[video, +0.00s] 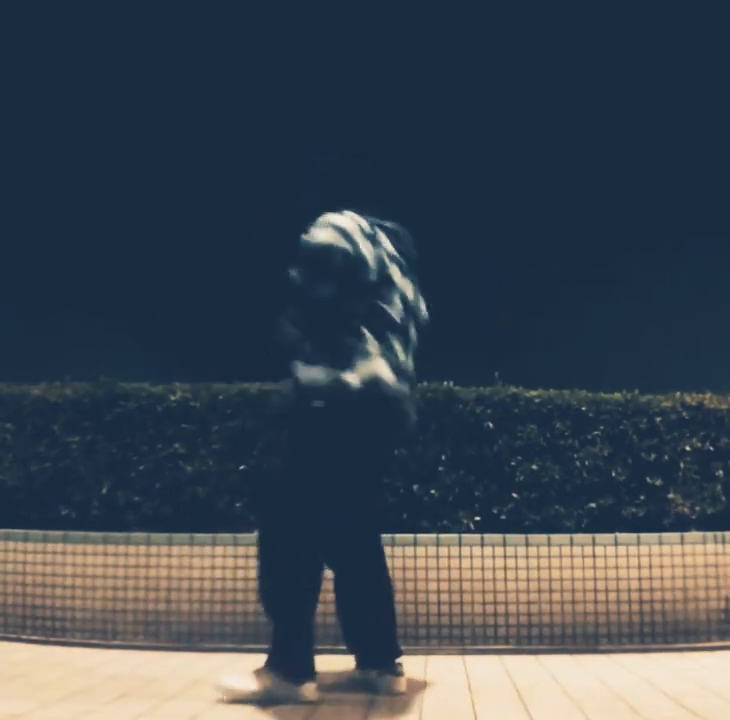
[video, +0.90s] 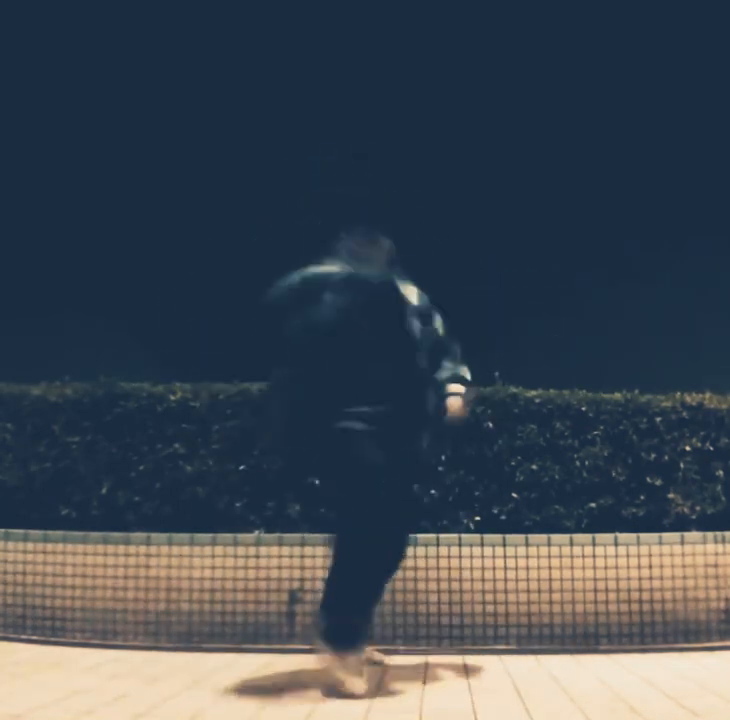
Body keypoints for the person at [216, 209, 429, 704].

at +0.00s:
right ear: (376, 219)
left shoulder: (333, 230)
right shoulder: (398, 268)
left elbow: (310, 292)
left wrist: (292, 332)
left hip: (328, 398)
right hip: (384, 403)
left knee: (290, 524)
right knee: (356, 527)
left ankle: (287, 668)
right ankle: (378, 664)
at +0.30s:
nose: (307, 232)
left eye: (312, 220)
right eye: (305, 221)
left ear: (333, 216)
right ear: (343, 217)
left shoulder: (351, 260)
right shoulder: (366, 257)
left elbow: (306, 343)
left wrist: (239, 363)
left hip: (352, 430)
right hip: (375, 427)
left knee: (280, 526)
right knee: (321, 530)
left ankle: (297, 673)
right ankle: (374, 662)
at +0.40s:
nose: (312, 240)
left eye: (316, 228)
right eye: (307, 233)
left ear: (334, 221)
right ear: (314, 239)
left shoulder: (366, 246)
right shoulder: (330, 286)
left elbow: (308, 297)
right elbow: (274, 346)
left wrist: (240, 324)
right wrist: (198, 363)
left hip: (382, 410)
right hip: (358, 417)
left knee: (327, 537)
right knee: (333, 539)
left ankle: (301, 675)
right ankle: (381, 653)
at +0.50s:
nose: (306, 246)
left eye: (308, 237)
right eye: (307, 238)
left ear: (318, 238)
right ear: (343, 236)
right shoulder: (371, 270)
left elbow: (296, 297)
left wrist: (247, 324)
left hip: (371, 415)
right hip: (416, 413)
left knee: (354, 524)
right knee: (394, 526)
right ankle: (390, 646)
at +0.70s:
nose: (342, 265)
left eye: (349, 251)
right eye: (329, 256)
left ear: (361, 245)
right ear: (309, 254)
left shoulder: (395, 284)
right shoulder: (286, 298)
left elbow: (466, 318)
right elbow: (288, 374)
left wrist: (535, 347)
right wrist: (333, 401)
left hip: (400, 444)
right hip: (332, 453)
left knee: (443, 547)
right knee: (333, 568)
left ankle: (519, 638)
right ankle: (391, 666)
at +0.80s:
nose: (329, 229)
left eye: (343, 220)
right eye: (325, 220)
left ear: (366, 227)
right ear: (319, 229)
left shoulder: (405, 280)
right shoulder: (295, 290)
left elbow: (457, 337)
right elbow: (269, 354)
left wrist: (486, 379)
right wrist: (253, 392)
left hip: (402, 444)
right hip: (329, 448)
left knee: (417, 536)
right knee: (336, 558)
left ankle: (434, 627)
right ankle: (385, 663)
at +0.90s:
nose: (372, 256)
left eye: (378, 248)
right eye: (363, 246)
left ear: (388, 256)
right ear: (346, 249)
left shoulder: (403, 295)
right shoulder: (313, 290)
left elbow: (442, 347)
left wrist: (455, 385)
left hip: (393, 430)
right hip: (334, 427)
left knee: (386, 533)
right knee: (363, 529)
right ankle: (339, 642)